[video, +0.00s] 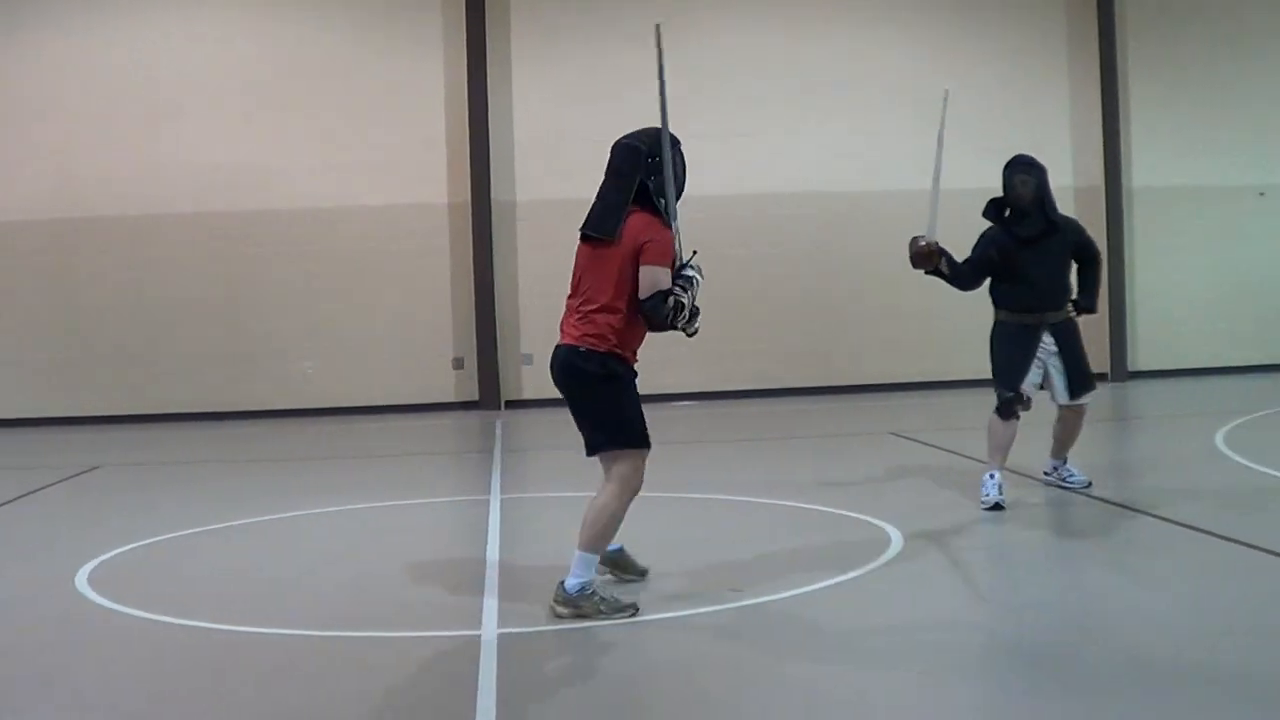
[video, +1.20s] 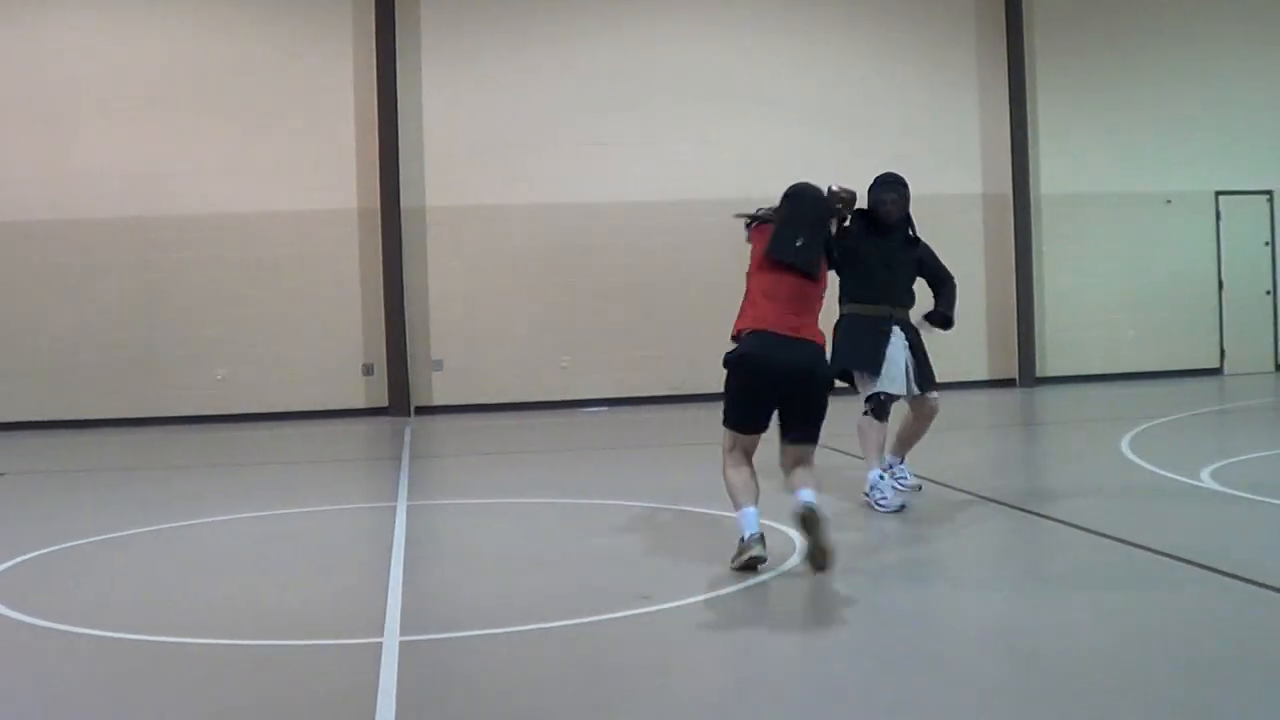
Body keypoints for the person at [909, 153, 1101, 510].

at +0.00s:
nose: (1021, 187)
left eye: (1027, 180)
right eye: (1015, 181)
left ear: (1041, 185)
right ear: (1005, 188)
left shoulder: (1065, 228)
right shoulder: (997, 237)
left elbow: (1090, 257)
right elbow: (968, 279)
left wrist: (1086, 299)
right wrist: (940, 260)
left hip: (1060, 324)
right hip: (1014, 328)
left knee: (1075, 399)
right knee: (1010, 402)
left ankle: (1057, 466)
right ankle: (993, 478)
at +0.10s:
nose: (1000, 185)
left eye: (1006, 178)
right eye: (994, 179)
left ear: (1020, 183)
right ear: (984, 186)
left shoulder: (1042, 228)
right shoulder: (975, 234)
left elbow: (1064, 257)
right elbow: (947, 277)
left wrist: (1059, 299)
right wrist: (921, 261)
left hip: (1035, 324)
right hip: (990, 327)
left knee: (1051, 396)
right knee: (988, 401)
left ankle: (1041, 465)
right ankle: (977, 478)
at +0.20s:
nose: (974, 186)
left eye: (980, 179)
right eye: (967, 180)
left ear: (993, 182)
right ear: (957, 184)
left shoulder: (1013, 226)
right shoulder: (947, 232)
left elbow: (1031, 258)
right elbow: (922, 276)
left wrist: (1027, 299)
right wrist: (897, 261)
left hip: (1005, 322)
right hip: (962, 325)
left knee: (1020, 395)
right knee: (965, 402)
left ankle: (1020, 464)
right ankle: (957, 479)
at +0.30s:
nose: (946, 184)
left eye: (953, 177)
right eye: (939, 178)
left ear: (965, 179)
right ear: (929, 181)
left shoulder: (984, 222)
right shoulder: (920, 228)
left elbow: (1000, 255)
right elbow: (896, 273)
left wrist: (994, 296)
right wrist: (871, 261)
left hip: (975, 319)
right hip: (934, 322)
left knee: (988, 393)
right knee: (942, 403)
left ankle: (985, 463)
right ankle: (935, 480)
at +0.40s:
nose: (922, 186)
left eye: (929, 178)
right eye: (915, 179)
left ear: (941, 180)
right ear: (905, 182)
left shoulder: (959, 222)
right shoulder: (895, 229)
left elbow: (974, 255)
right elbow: (873, 274)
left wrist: (969, 295)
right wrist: (851, 262)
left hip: (950, 320)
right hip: (910, 323)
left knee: (967, 397)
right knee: (924, 404)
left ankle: (935, 459)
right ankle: (917, 479)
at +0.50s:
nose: (906, 191)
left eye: (912, 183)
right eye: (899, 184)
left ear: (925, 184)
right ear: (888, 187)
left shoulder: (942, 225)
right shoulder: (878, 232)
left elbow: (956, 260)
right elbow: (857, 277)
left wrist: (950, 298)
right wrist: (836, 264)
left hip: (933, 323)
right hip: (896, 326)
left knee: (947, 401)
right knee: (910, 403)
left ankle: (894, 460)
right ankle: (904, 481)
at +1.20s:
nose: (891, 205)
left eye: (897, 199)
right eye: (884, 198)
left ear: (906, 204)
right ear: (871, 202)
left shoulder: (912, 246)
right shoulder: (851, 235)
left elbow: (943, 280)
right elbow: (823, 258)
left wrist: (942, 313)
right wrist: (828, 219)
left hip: (901, 328)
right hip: (862, 325)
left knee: (926, 405)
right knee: (877, 401)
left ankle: (893, 462)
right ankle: (874, 479)